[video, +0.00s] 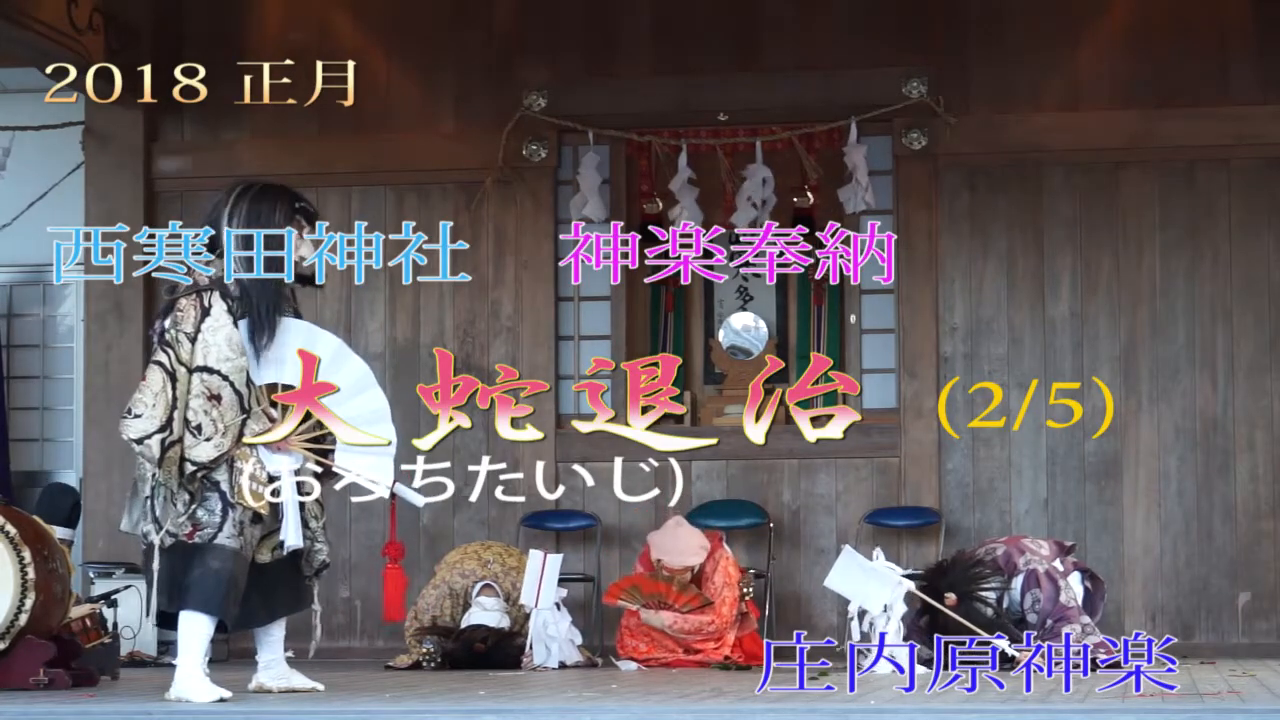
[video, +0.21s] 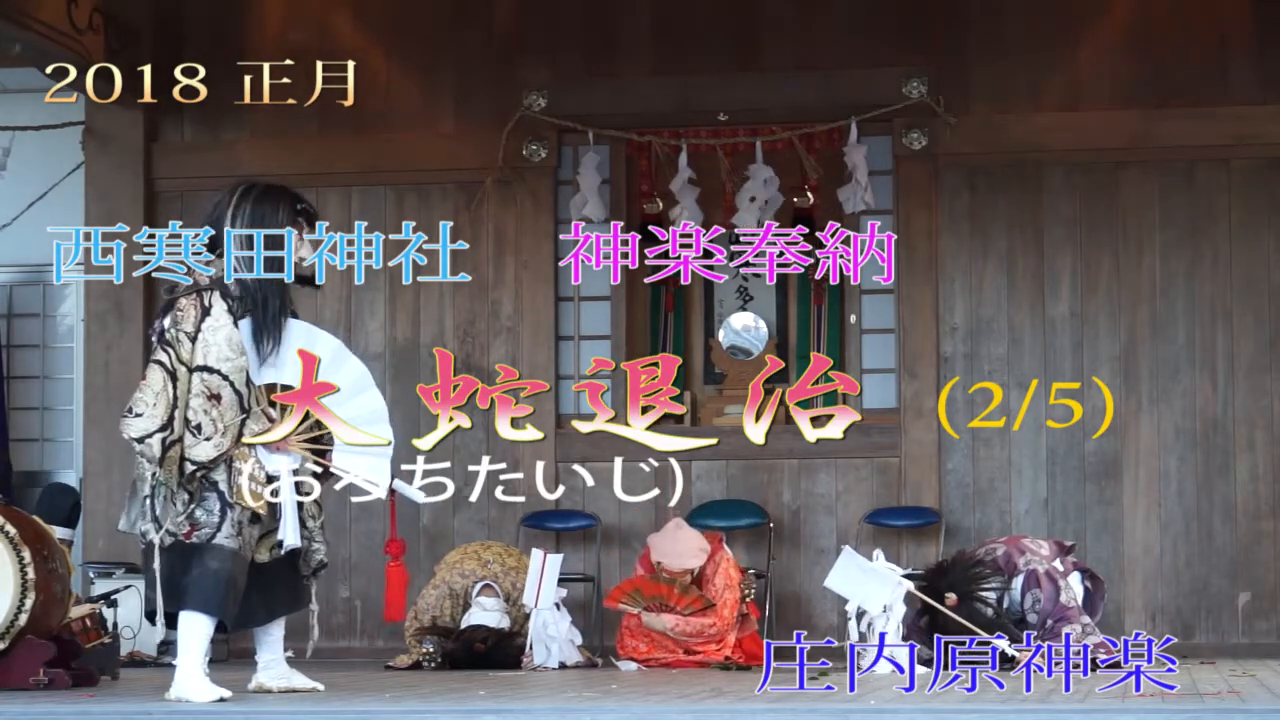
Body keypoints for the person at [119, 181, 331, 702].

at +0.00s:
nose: (311, 248)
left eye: (310, 235)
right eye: (303, 234)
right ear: (267, 237)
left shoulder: (274, 312)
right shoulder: (210, 309)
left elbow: (288, 395)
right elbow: (203, 414)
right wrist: (259, 453)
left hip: (265, 456)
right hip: (216, 458)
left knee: (277, 547)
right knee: (219, 546)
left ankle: (273, 664)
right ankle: (189, 672)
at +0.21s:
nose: (310, 247)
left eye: (309, 234)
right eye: (302, 233)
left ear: (254, 237)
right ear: (267, 235)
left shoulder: (270, 309)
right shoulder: (211, 308)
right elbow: (206, 413)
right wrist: (259, 454)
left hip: (263, 453)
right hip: (215, 456)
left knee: (275, 547)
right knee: (219, 547)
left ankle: (272, 664)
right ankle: (189, 672)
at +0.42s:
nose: (306, 250)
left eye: (305, 237)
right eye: (298, 236)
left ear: (238, 236)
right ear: (263, 239)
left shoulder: (269, 313)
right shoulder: (211, 312)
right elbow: (207, 414)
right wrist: (259, 455)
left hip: (264, 457)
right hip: (215, 458)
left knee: (274, 549)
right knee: (217, 550)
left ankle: (272, 664)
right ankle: (189, 672)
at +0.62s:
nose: (302, 250)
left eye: (301, 237)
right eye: (294, 236)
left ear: (242, 238)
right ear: (259, 240)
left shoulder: (269, 312)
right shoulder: (208, 311)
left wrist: (303, 439)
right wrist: (255, 455)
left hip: (264, 461)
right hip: (219, 463)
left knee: (272, 554)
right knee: (217, 555)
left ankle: (272, 664)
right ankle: (190, 674)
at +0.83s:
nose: (305, 251)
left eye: (304, 238)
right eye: (297, 237)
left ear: (240, 236)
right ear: (264, 239)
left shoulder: (267, 308)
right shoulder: (221, 306)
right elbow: (222, 410)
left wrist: (303, 439)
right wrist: (268, 448)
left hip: (260, 458)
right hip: (222, 460)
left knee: (270, 555)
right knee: (218, 555)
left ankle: (272, 664)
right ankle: (190, 674)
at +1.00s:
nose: (305, 251)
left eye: (304, 238)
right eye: (297, 236)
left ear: (244, 236)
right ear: (263, 238)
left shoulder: (266, 307)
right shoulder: (216, 305)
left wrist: (302, 436)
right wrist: (264, 454)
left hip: (258, 459)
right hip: (219, 461)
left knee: (272, 552)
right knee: (221, 553)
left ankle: (272, 664)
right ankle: (190, 673)